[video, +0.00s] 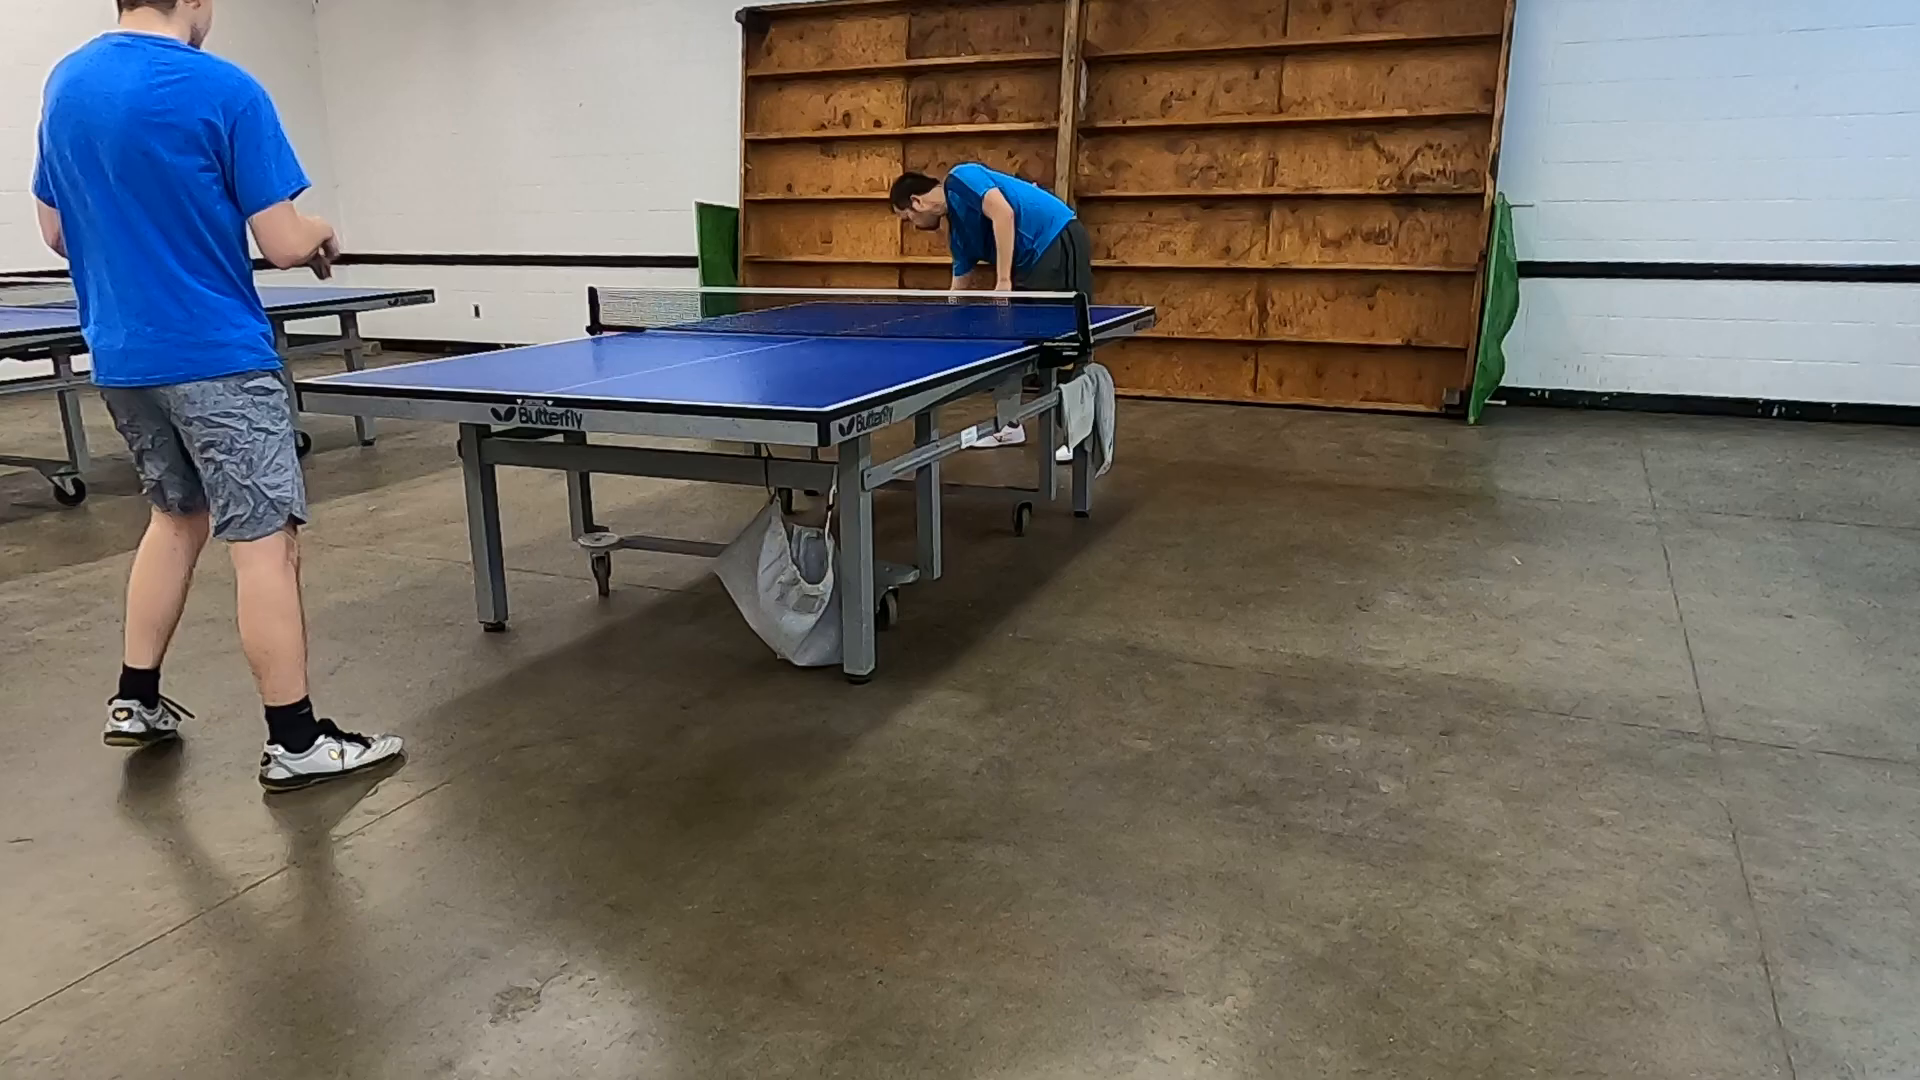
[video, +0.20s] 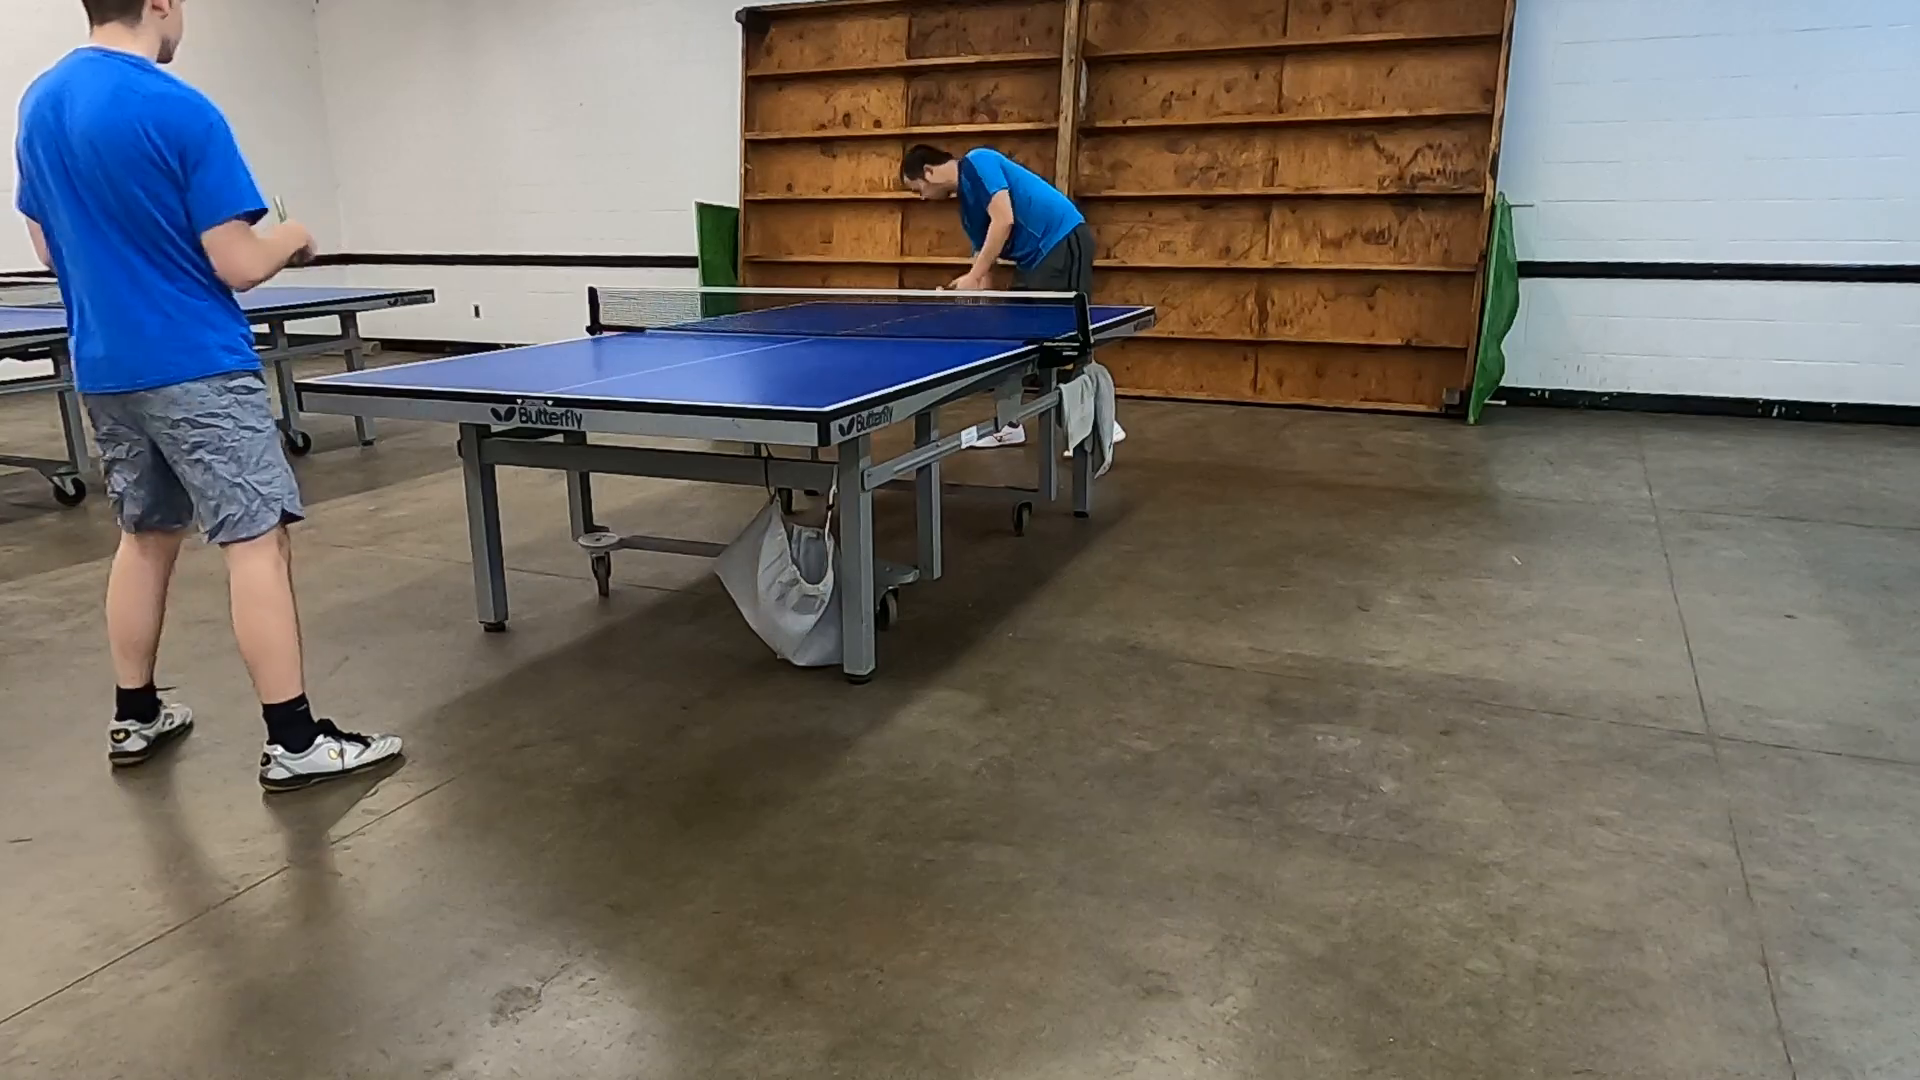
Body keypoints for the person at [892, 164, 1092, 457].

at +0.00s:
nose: (913, 225)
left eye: (908, 218)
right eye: (908, 220)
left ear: (917, 202)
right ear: (920, 202)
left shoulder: (961, 177)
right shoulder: (960, 232)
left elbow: (1003, 213)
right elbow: (960, 285)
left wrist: (1003, 281)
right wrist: (942, 328)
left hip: (1059, 241)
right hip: (1029, 259)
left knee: (1063, 345)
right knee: (1005, 334)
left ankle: (1075, 432)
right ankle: (1008, 423)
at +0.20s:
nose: (922, 196)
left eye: (919, 189)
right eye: (917, 192)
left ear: (930, 172)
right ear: (931, 173)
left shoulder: (978, 160)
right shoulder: (969, 211)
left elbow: (1004, 220)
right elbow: (985, 267)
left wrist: (973, 274)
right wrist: (982, 311)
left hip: (1063, 242)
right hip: (1033, 258)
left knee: (1060, 342)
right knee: (1007, 336)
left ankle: (1099, 422)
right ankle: (1007, 423)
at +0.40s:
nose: (949, 153)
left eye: (950, 142)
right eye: (946, 145)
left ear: (971, 131)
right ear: (972, 135)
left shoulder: (1018, 144)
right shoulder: (996, 171)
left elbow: (1028, 211)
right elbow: (1019, 241)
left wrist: (973, 237)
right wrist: (1019, 281)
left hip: (1069, 252)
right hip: (1040, 262)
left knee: (1059, 353)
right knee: (1006, 334)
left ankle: (1098, 440)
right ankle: (1007, 422)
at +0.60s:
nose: (998, 108)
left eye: (1003, 99)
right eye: (996, 100)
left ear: (1028, 98)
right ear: (1028, 101)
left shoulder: (1060, 130)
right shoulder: (1043, 142)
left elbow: (1062, 201)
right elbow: (1054, 206)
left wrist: (1008, 217)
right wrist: (1042, 240)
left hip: (1088, 255)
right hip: (1066, 257)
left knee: (1067, 353)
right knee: (1040, 340)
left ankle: (1100, 445)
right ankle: (1028, 423)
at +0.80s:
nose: (1044, 86)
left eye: (1051, 77)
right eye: (1044, 77)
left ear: (1078, 81)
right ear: (1077, 82)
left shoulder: (1095, 121)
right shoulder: (1093, 118)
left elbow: (1099, 189)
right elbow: (1099, 188)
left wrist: (1051, 219)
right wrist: (1064, 208)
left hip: (1104, 256)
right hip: (1098, 254)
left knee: (1079, 350)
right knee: (1086, 344)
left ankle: (1102, 448)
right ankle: (1120, 418)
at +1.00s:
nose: (1085, 79)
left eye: (1093, 70)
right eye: (1086, 71)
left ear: (1121, 77)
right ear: (1118, 79)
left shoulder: (1132, 117)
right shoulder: (1127, 119)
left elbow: (1140, 188)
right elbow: (1130, 190)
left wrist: (1086, 220)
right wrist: (1084, 202)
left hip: (1126, 258)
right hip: (1133, 257)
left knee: (1101, 354)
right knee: (1137, 346)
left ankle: (1101, 446)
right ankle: (1207, 415)